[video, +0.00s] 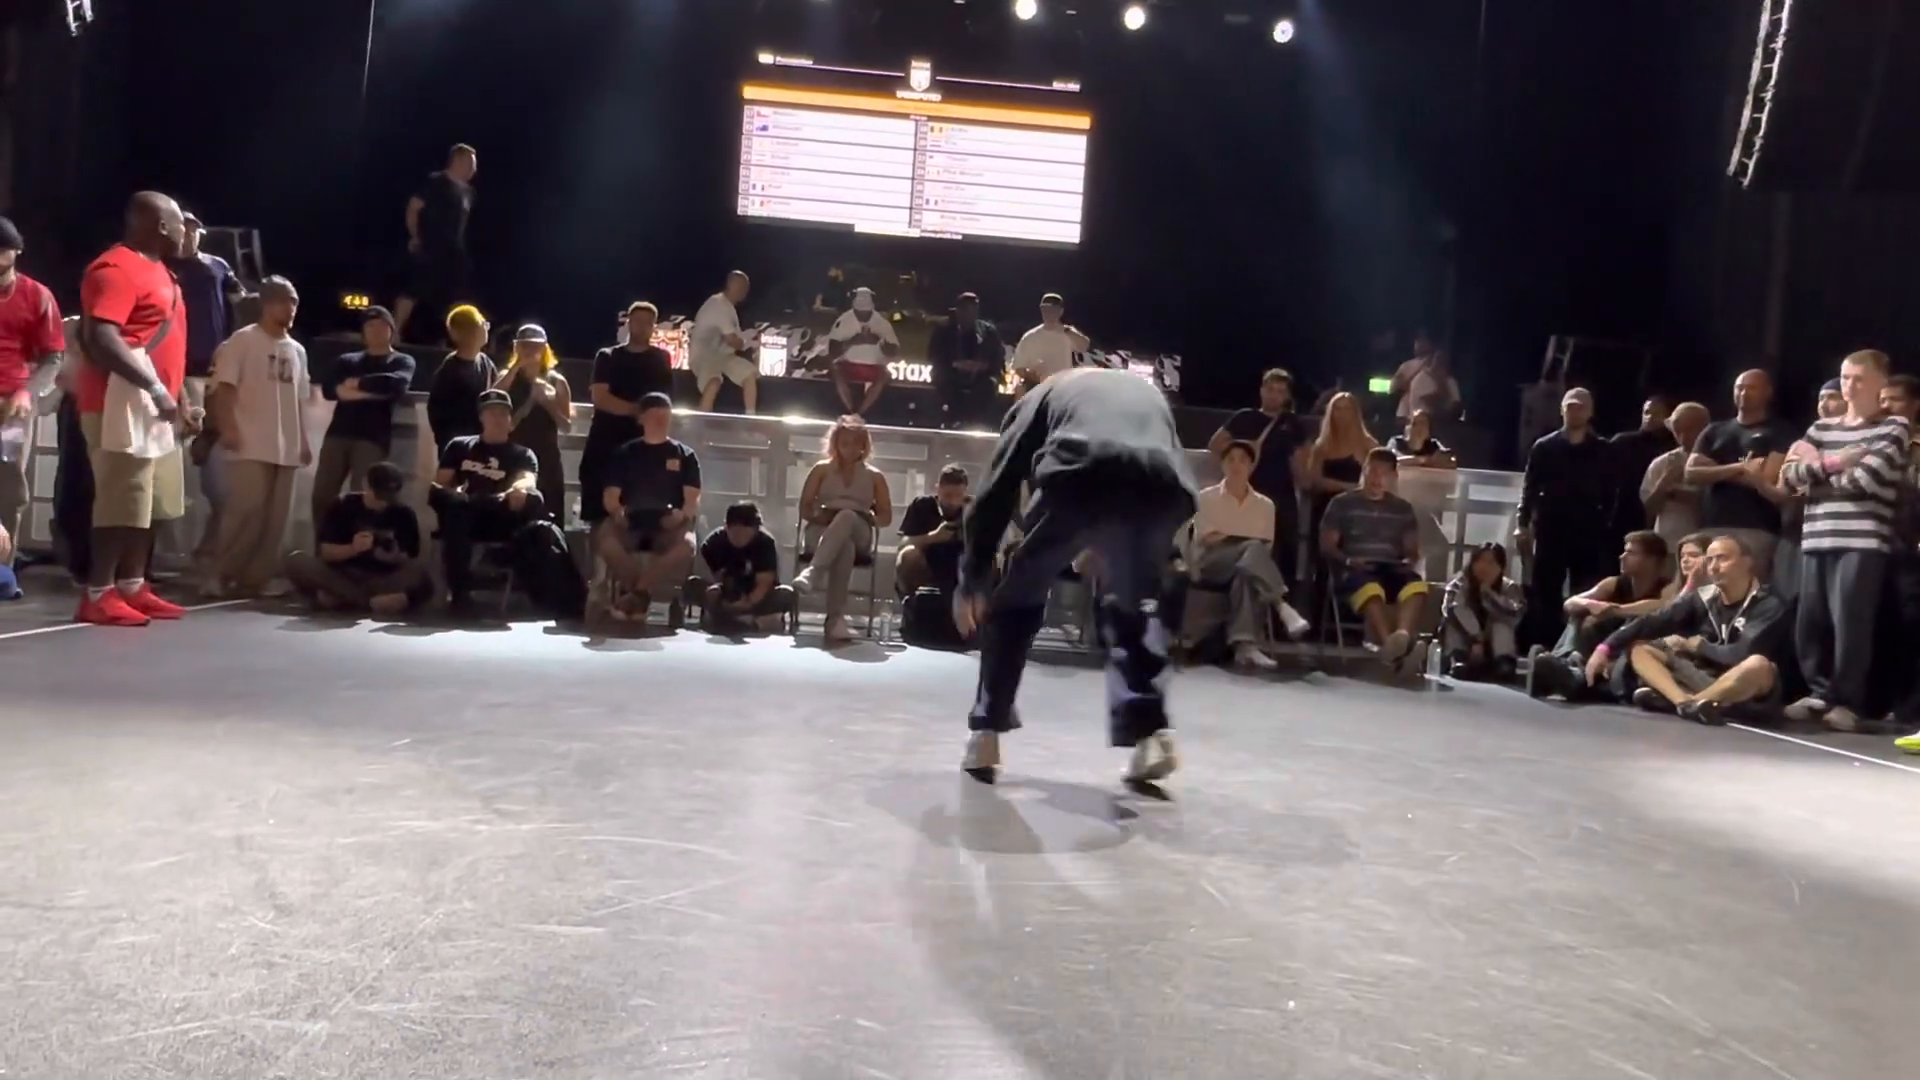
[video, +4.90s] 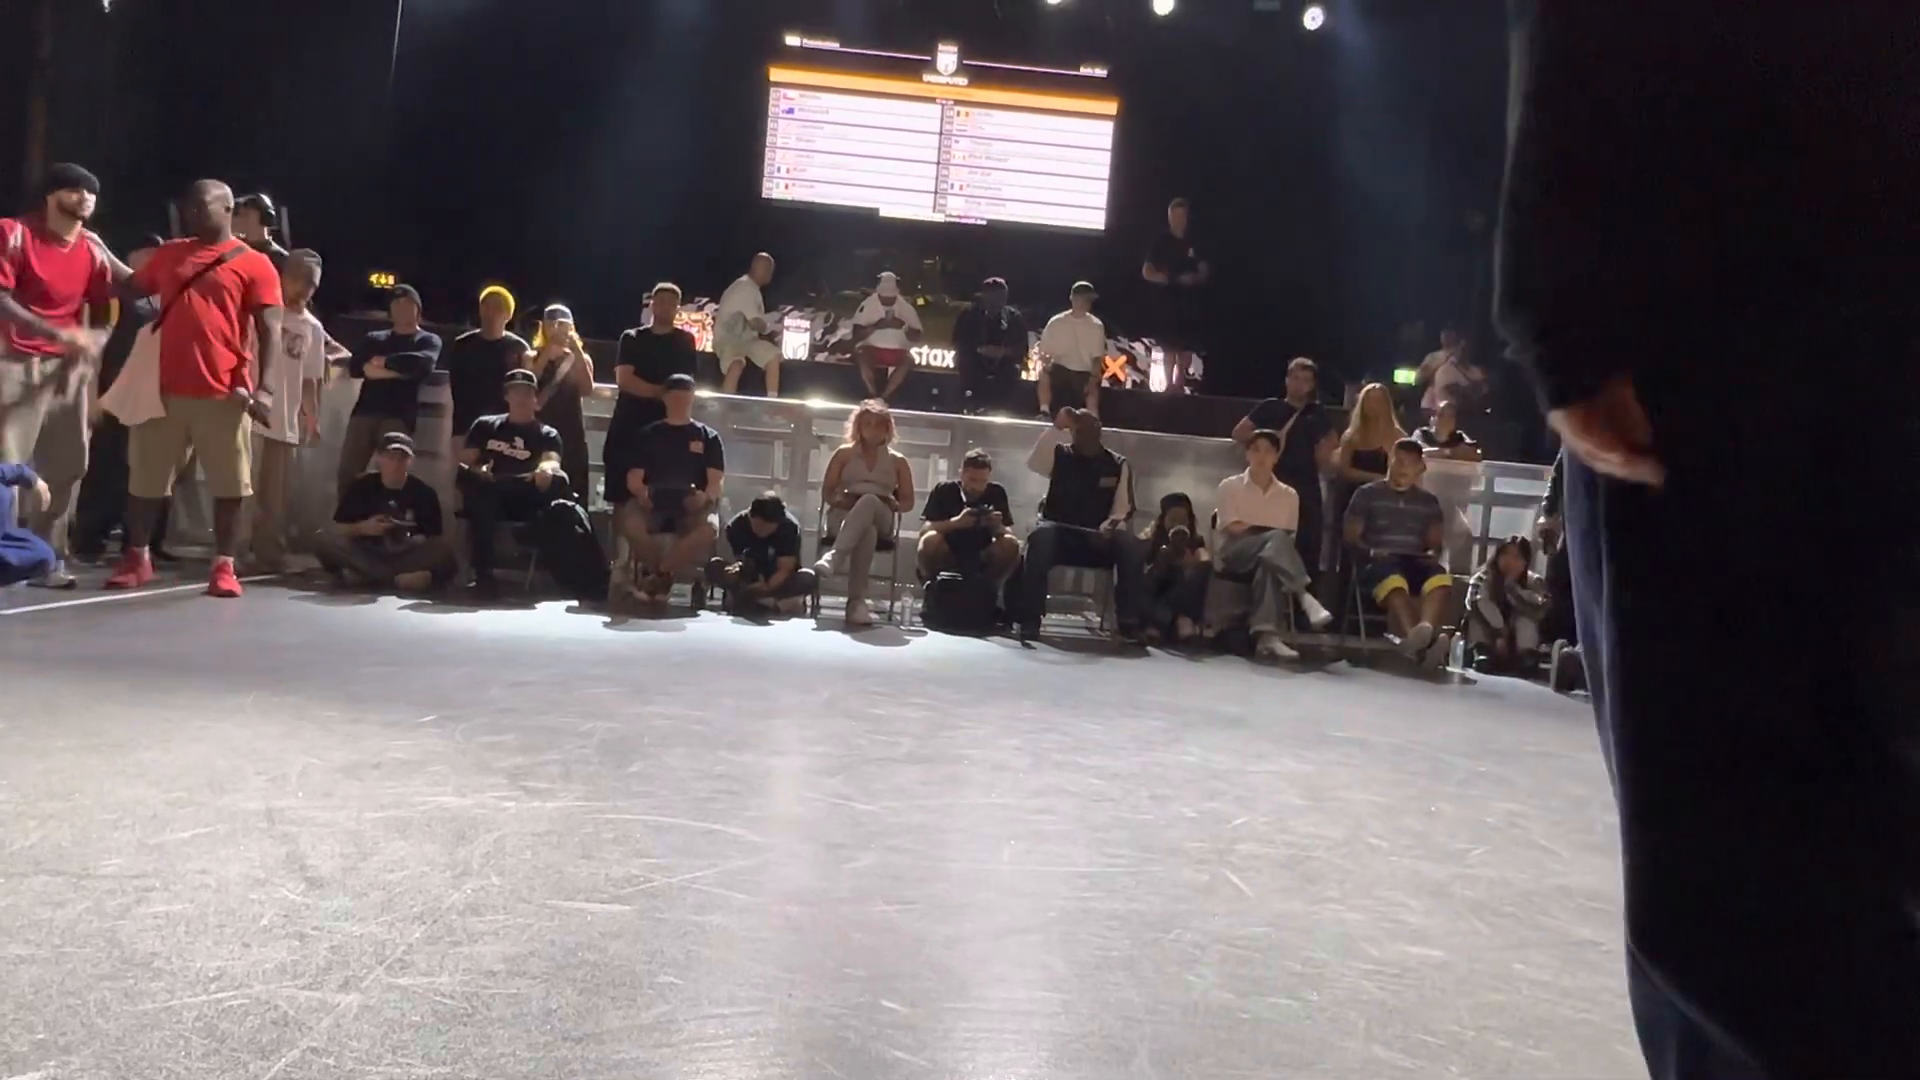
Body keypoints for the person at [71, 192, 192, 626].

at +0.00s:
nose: (182, 231)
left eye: (181, 224)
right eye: (176, 224)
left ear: (154, 226)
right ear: (155, 226)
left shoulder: (157, 271)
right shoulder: (115, 269)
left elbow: (160, 348)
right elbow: (100, 336)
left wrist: (180, 398)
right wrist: (153, 385)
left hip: (149, 402)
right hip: (116, 403)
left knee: (148, 496)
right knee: (119, 498)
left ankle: (132, 587)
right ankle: (98, 594)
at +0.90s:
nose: (216, 220)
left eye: (218, 214)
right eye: (206, 213)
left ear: (221, 223)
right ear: (177, 218)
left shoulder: (220, 275)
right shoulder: (147, 260)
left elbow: (218, 343)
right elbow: (112, 316)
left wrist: (229, 399)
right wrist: (145, 371)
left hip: (195, 408)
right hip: (150, 401)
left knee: (170, 496)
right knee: (139, 495)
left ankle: (152, 572)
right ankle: (116, 578)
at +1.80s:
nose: (179, 198)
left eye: (187, 192)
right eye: (173, 192)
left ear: (205, 201)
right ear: (161, 201)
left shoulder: (230, 256)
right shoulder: (141, 248)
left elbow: (241, 325)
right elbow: (113, 307)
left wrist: (254, 384)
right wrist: (135, 353)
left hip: (222, 396)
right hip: (166, 393)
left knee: (228, 474)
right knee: (157, 483)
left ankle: (181, 550)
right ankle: (151, 565)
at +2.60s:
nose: (213, 206)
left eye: (221, 198)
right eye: (213, 198)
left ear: (247, 204)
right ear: (213, 202)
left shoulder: (278, 259)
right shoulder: (196, 247)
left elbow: (295, 335)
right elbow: (177, 306)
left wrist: (283, 394)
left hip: (248, 397)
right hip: (189, 391)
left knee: (250, 487)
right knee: (173, 483)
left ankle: (243, 564)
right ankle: (161, 562)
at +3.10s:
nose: (209, 207)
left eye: (215, 199)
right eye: (209, 199)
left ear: (242, 202)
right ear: (236, 203)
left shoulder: (274, 258)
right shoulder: (211, 247)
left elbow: (288, 333)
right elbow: (190, 287)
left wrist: (277, 394)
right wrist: (128, 275)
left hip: (239, 393)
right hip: (189, 388)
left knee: (246, 483)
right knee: (177, 476)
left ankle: (242, 566)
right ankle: (180, 559)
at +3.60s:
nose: (175, 211)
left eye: (182, 202)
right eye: (171, 204)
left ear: (206, 200)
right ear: (169, 208)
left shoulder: (239, 252)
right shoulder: (167, 252)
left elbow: (263, 323)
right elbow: (131, 278)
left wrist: (253, 384)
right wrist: (94, 260)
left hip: (223, 390)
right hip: (170, 389)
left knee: (236, 481)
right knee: (171, 480)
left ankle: (239, 565)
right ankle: (178, 562)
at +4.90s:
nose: (190, 212)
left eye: (199, 204)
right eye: (188, 205)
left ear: (226, 207)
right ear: (186, 211)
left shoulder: (254, 263)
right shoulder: (169, 254)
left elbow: (270, 330)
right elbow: (128, 288)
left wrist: (265, 387)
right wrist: (96, 253)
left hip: (223, 393)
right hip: (161, 388)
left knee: (230, 485)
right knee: (145, 480)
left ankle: (224, 565)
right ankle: (137, 560)